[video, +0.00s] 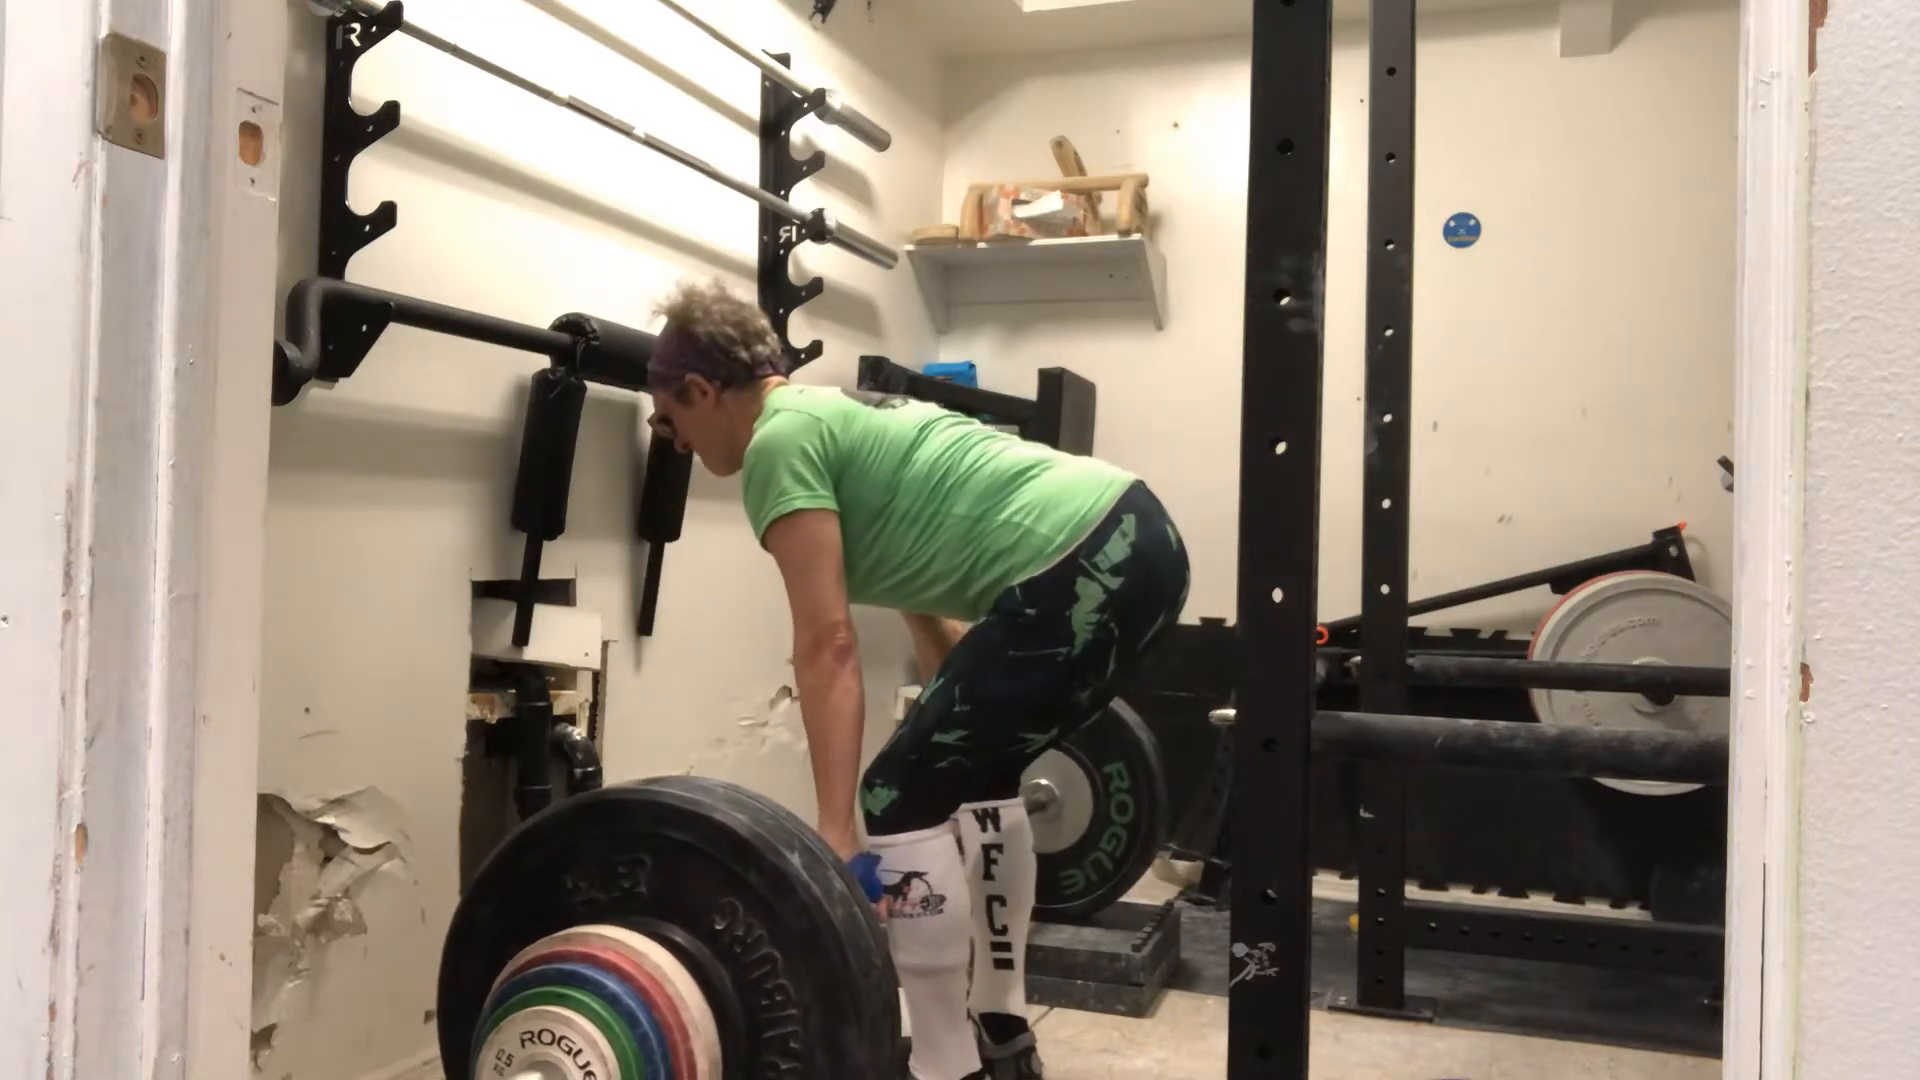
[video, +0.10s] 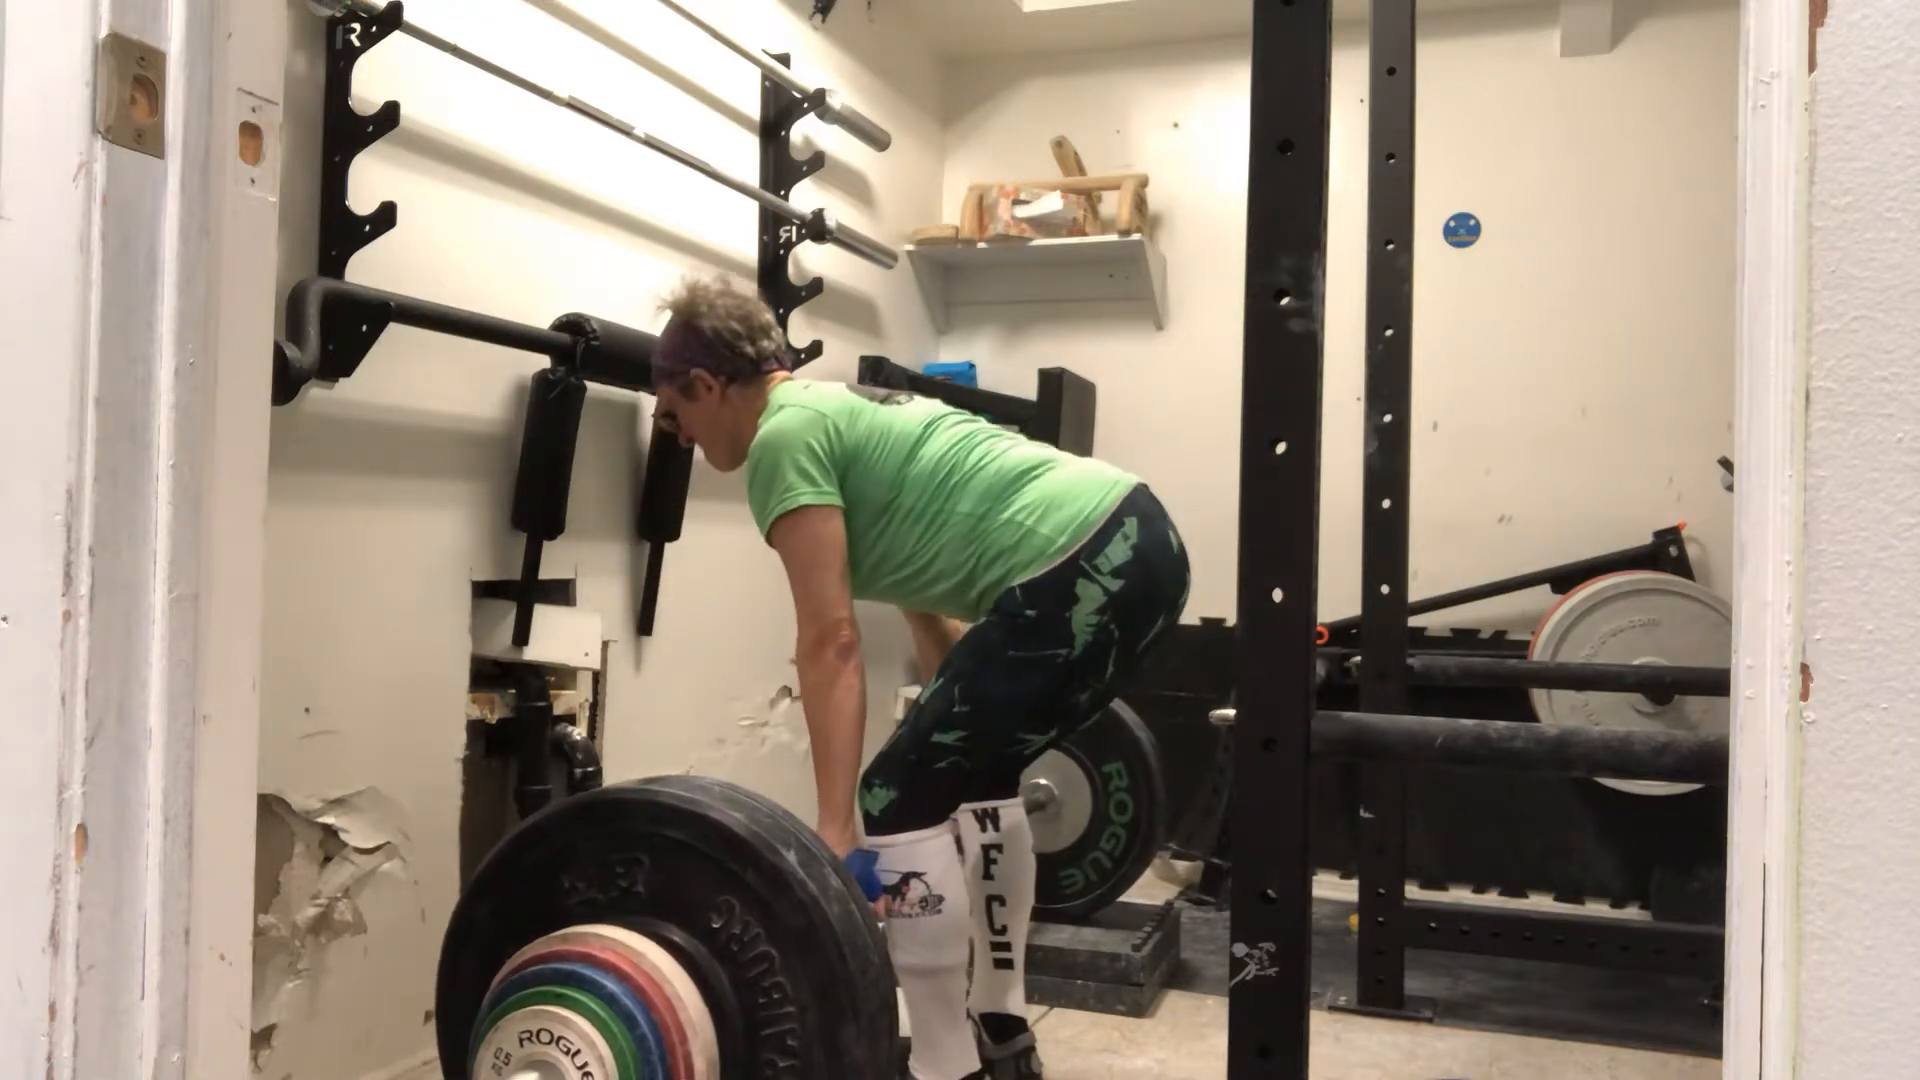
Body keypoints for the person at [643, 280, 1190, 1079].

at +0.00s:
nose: (677, 439)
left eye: (672, 418)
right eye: (666, 423)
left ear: (704, 389)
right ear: (754, 372)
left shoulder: (778, 445)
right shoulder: (828, 415)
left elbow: (829, 648)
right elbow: (923, 597)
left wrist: (835, 834)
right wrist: (963, 713)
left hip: (1085, 564)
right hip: (1128, 538)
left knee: (892, 803)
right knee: (976, 788)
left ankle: (943, 1060)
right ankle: (999, 1028)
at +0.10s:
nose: (682, 435)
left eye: (676, 413)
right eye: (671, 420)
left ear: (708, 383)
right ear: (761, 366)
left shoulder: (783, 441)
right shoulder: (836, 410)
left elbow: (832, 645)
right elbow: (926, 602)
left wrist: (836, 835)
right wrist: (962, 715)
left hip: (1083, 566)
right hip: (1130, 540)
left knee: (892, 805)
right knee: (982, 787)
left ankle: (943, 1062)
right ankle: (1000, 1027)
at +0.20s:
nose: (685, 425)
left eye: (682, 403)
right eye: (675, 409)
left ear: (718, 373)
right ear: (765, 358)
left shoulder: (789, 435)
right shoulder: (841, 404)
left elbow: (834, 641)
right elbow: (932, 609)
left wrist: (836, 826)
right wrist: (963, 722)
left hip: (1083, 567)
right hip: (1133, 542)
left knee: (893, 803)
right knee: (980, 785)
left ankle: (944, 1062)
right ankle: (1001, 1025)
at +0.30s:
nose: (691, 418)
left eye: (690, 395)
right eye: (682, 402)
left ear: (730, 369)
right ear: (774, 354)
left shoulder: (797, 431)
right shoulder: (851, 402)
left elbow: (837, 639)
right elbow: (937, 616)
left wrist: (834, 824)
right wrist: (958, 747)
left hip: (1082, 569)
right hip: (1133, 546)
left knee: (890, 806)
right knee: (977, 791)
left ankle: (944, 1061)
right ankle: (999, 1029)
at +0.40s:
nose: (697, 414)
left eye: (696, 391)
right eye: (689, 397)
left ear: (734, 366)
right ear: (779, 353)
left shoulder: (803, 429)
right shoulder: (862, 403)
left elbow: (839, 637)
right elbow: (939, 620)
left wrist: (836, 825)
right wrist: (955, 758)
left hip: (1085, 572)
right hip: (1136, 548)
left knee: (896, 803)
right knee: (979, 789)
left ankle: (943, 1062)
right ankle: (999, 1028)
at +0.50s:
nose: (702, 411)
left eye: (700, 388)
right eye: (693, 394)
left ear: (739, 364)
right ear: (782, 352)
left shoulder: (808, 426)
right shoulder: (866, 398)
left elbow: (842, 636)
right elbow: (941, 617)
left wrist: (837, 828)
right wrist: (951, 758)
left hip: (1087, 575)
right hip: (1141, 549)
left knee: (897, 804)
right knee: (978, 791)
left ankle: (942, 1063)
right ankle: (999, 1029)